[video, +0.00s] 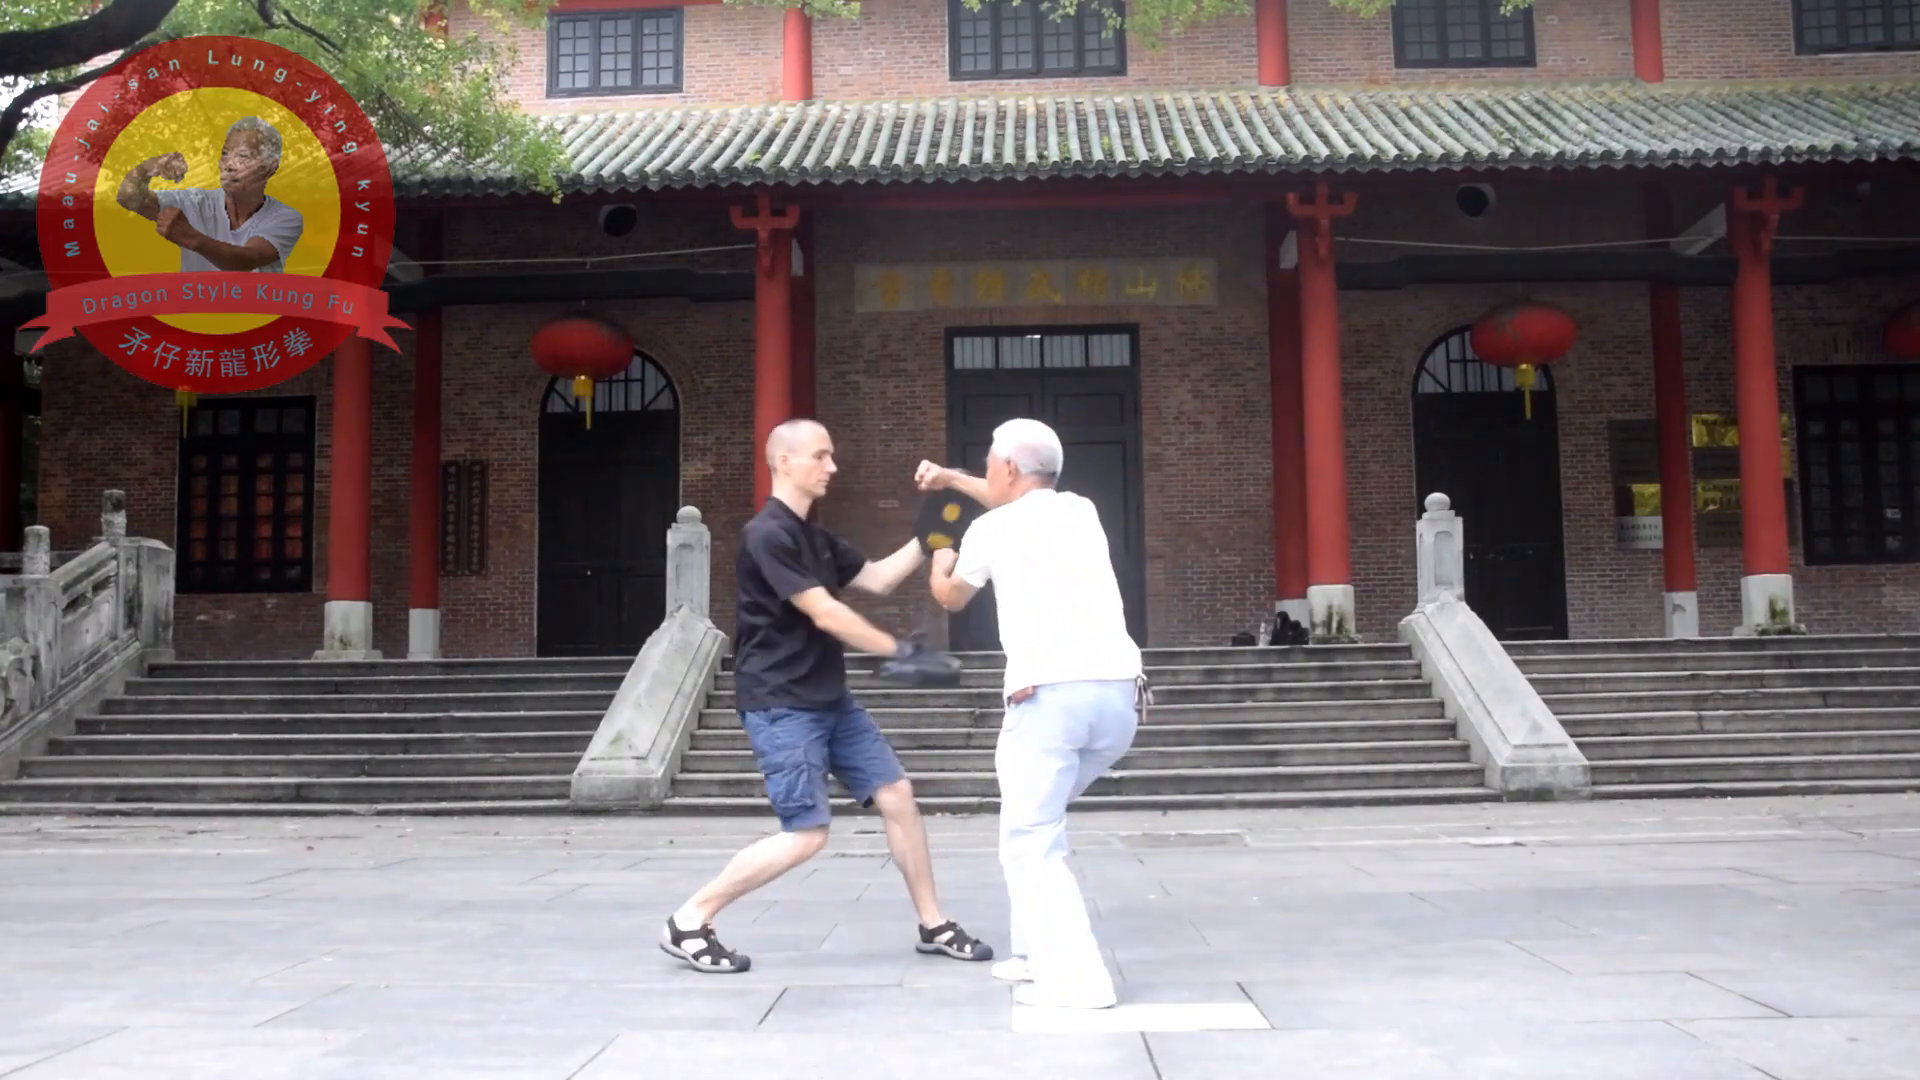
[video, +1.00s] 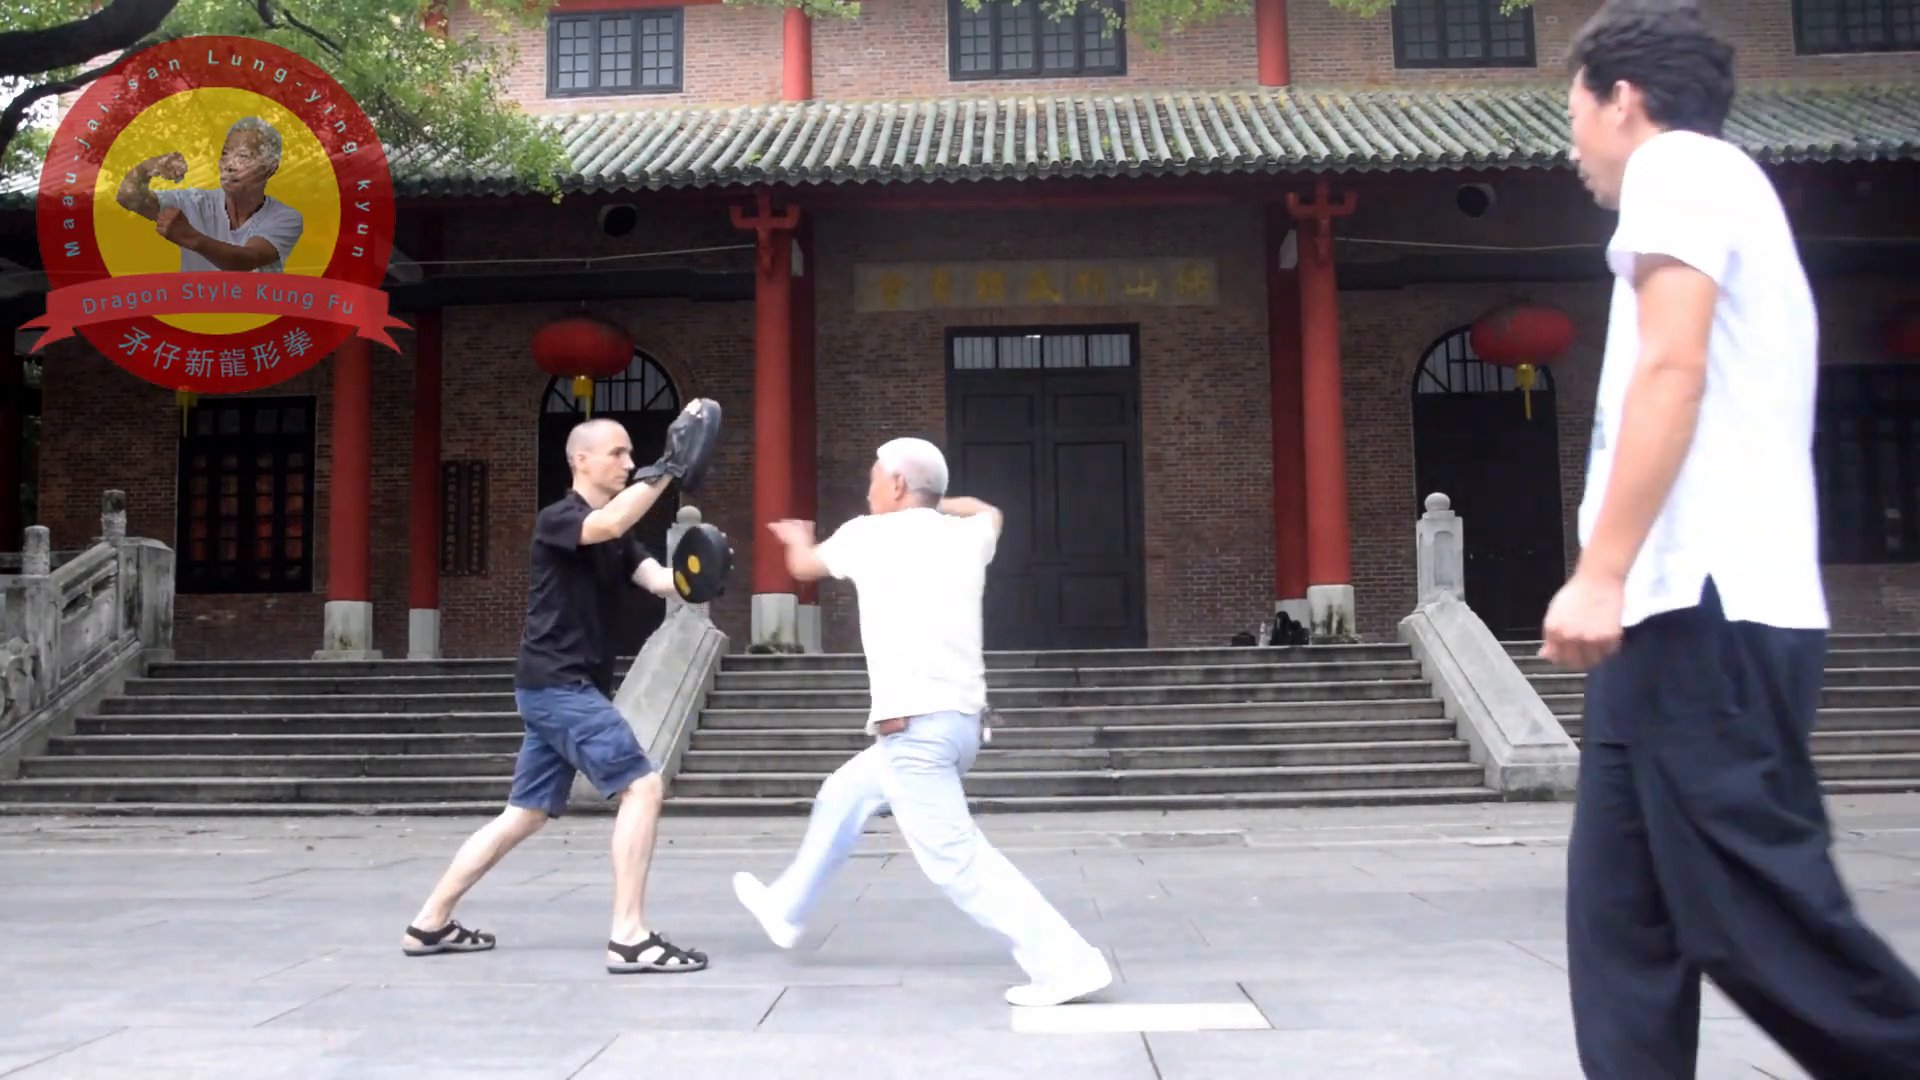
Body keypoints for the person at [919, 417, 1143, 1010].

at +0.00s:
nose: (985, 472)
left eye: (989, 463)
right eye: (987, 462)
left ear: (1009, 470)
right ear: (1048, 471)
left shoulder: (996, 525)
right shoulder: (1082, 510)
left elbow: (951, 596)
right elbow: (1009, 499)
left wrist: (940, 556)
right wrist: (951, 478)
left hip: (1047, 697)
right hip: (1119, 696)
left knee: (1030, 841)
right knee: (1035, 823)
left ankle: (1079, 980)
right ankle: (1035, 952)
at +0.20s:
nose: (976, 468)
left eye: (981, 457)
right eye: (979, 457)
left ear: (1004, 464)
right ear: (1040, 468)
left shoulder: (989, 519)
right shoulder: (1075, 510)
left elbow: (941, 589)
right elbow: (1007, 502)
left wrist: (929, 558)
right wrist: (944, 479)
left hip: (1038, 699)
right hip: (1107, 697)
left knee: (1021, 845)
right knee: (1030, 826)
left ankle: (1079, 980)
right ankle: (1038, 949)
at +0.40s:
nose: (963, 467)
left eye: (968, 457)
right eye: (966, 457)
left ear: (990, 464)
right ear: (1025, 467)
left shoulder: (975, 519)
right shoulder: (1061, 510)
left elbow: (923, 586)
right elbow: (988, 500)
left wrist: (906, 556)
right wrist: (927, 479)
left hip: (1031, 699)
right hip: (1100, 696)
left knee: (1017, 844)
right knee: (1027, 825)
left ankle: (1077, 980)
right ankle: (1035, 953)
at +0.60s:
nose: (942, 467)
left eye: (947, 456)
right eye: (944, 456)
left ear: (971, 461)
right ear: (1004, 464)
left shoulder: (956, 515)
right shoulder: (1040, 505)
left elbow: (900, 579)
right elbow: (967, 498)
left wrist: (881, 547)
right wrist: (908, 476)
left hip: (1024, 697)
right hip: (1090, 691)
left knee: (1004, 840)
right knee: (1032, 823)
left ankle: (1074, 971)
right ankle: (1044, 949)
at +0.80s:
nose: (923, 472)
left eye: (927, 462)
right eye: (925, 461)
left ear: (948, 471)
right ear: (983, 476)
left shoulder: (923, 525)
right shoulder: (1019, 518)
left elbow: (885, 601)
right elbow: (946, 511)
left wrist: (870, 575)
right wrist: (882, 491)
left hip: (985, 705)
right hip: (1049, 700)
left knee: (990, 857)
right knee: (994, 828)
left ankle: (1077, 970)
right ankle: (1003, 950)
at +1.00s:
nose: (869, 488)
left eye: (874, 478)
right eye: (871, 477)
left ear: (896, 486)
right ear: (924, 490)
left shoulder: (869, 533)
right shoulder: (969, 535)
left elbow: (803, 566)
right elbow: (989, 513)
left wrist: (798, 539)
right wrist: (938, 500)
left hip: (912, 725)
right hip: (962, 722)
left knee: (960, 859)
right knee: (844, 793)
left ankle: (1068, 964)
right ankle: (786, 911)